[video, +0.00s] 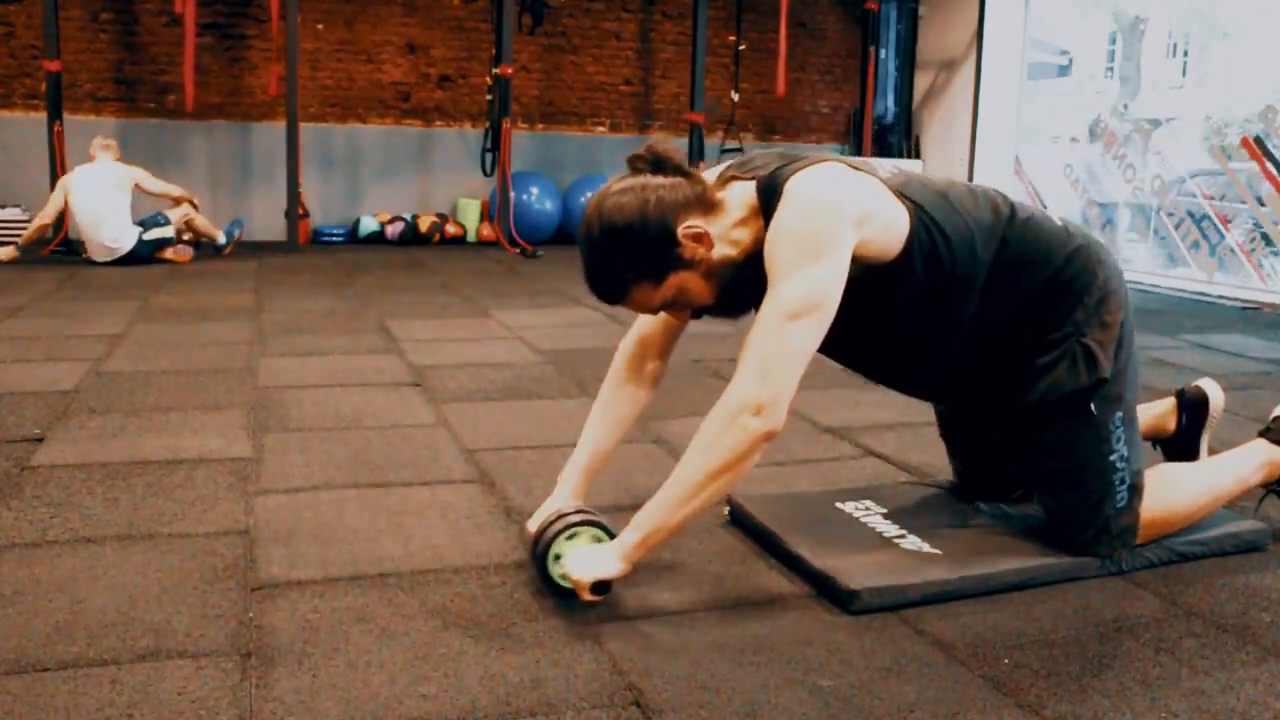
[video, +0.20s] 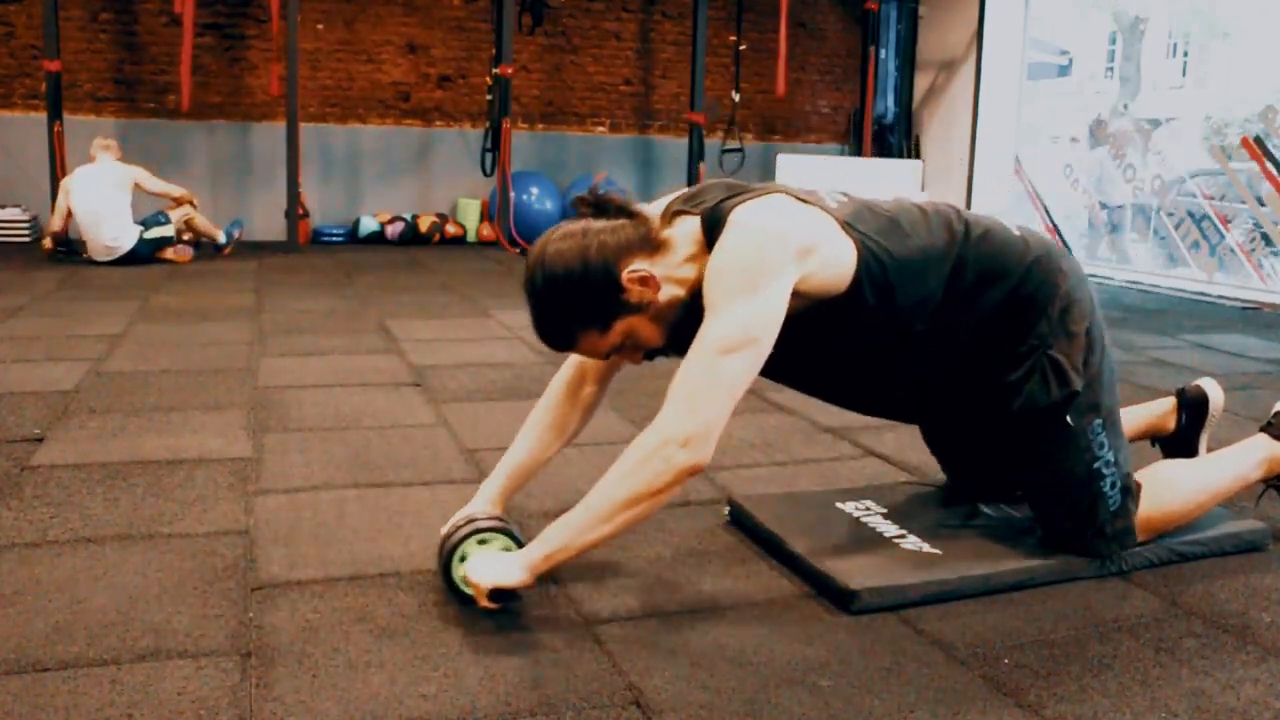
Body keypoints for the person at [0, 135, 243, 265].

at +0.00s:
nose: (111, 148)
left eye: (106, 147)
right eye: (112, 148)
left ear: (90, 155)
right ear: (116, 155)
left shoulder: (70, 178)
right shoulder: (127, 170)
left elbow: (44, 221)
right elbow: (172, 193)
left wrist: (16, 248)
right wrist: (192, 199)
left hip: (96, 256)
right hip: (129, 248)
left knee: (140, 235)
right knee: (184, 210)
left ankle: (169, 252)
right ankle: (222, 238)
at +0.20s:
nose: (115, 158)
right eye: (117, 154)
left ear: (90, 156)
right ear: (118, 155)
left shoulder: (70, 180)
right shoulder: (129, 171)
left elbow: (56, 227)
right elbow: (177, 194)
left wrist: (49, 238)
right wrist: (191, 200)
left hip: (97, 256)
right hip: (130, 247)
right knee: (186, 210)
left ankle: (170, 251)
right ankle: (222, 238)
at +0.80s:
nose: (126, 159)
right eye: (126, 155)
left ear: (99, 154)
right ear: (124, 154)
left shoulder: (77, 177)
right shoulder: (131, 171)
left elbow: (63, 222)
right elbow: (181, 197)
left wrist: (82, 203)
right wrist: (191, 201)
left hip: (98, 255)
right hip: (128, 248)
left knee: (147, 246)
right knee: (188, 211)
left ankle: (171, 252)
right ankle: (226, 240)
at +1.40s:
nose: (120, 147)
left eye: (116, 145)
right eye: (119, 146)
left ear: (94, 152)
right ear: (118, 152)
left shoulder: (73, 173)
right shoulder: (126, 169)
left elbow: (31, 201)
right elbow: (171, 194)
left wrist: (9, 201)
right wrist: (189, 199)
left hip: (98, 254)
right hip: (128, 244)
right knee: (186, 210)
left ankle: (170, 249)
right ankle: (226, 240)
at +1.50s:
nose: (115, 149)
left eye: (109, 146)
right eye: (116, 147)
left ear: (92, 153)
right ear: (118, 153)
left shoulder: (72, 173)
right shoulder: (126, 170)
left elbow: (28, 201)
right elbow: (172, 195)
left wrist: (7, 206)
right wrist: (190, 201)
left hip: (99, 255)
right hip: (129, 245)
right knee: (186, 210)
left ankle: (170, 249)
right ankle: (225, 240)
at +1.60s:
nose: (116, 148)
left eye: (111, 145)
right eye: (115, 146)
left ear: (91, 153)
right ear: (116, 152)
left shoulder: (71, 175)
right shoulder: (126, 170)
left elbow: (32, 207)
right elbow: (175, 194)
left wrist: (13, 214)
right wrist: (188, 202)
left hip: (100, 255)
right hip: (130, 245)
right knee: (185, 209)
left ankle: (170, 249)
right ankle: (224, 239)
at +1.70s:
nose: (117, 151)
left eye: (110, 147)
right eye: (116, 149)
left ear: (90, 153)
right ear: (116, 153)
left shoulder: (71, 176)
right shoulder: (126, 169)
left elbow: (43, 211)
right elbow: (175, 193)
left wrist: (25, 224)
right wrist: (184, 200)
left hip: (99, 256)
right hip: (130, 245)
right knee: (184, 208)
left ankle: (173, 250)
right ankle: (224, 239)